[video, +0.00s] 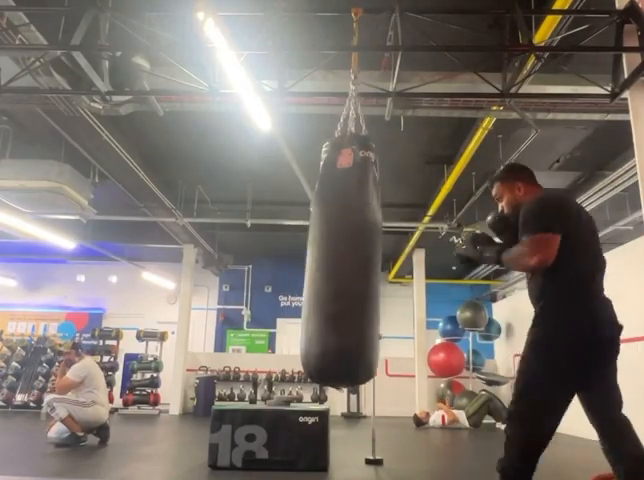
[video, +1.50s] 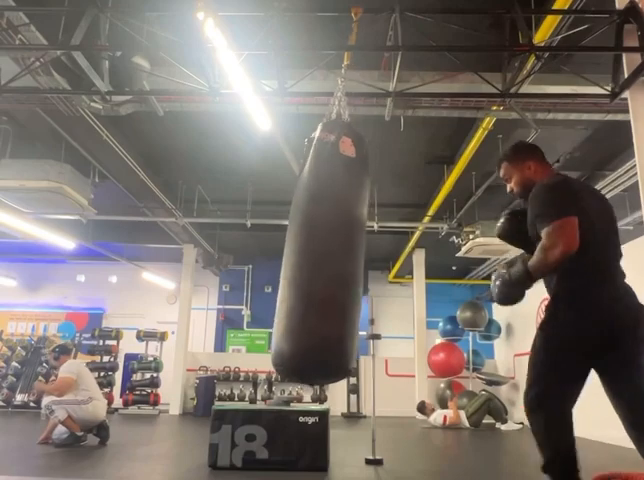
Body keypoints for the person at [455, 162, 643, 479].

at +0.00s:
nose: (499, 210)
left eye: (499, 199)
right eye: (497, 203)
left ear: (519, 187)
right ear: (526, 187)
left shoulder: (542, 204)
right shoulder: (573, 209)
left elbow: (539, 254)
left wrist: (495, 255)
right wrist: (518, 236)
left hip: (561, 326)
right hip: (597, 323)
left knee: (528, 419)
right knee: (608, 417)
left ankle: (513, 473)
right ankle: (634, 471)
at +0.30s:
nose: (474, 203)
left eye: (474, 199)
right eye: (475, 200)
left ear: (478, 194)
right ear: (506, 187)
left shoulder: (479, 207)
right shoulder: (547, 209)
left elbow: (440, 238)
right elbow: (568, 267)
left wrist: (431, 231)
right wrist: (534, 251)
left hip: (500, 327)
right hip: (554, 325)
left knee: (470, 411)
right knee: (594, 413)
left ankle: (470, 472)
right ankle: (629, 472)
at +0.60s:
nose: (423, 225)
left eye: (421, 216)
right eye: (419, 218)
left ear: (436, 207)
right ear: (449, 201)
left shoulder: (459, 233)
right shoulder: (493, 220)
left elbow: (465, 293)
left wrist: (446, 284)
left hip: (495, 342)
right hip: (537, 334)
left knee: (453, 434)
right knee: (586, 427)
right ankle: (632, 472)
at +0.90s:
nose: (461, 223)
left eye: (462, 217)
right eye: (460, 219)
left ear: (472, 208)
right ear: (494, 203)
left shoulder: (475, 221)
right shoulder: (551, 224)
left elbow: (457, 258)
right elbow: (567, 284)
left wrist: (433, 309)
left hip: (502, 343)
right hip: (557, 341)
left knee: (463, 432)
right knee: (570, 425)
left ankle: (454, 474)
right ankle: (603, 475)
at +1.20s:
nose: (503, 192)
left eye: (503, 183)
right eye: (500, 185)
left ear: (520, 170)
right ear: (534, 167)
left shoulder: (528, 191)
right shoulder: (592, 194)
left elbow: (523, 240)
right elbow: (609, 252)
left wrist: (505, 264)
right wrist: (579, 271)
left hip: (555, 312)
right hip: (603, 310)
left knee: (535, 405)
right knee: (612, 406)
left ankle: (581, 475)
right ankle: (638, 470)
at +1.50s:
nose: (509, 189)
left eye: (509, 179)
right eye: (506, 183)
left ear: (530, 167)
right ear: (538, 167)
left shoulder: (547, 191)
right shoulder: (590, 193)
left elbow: (562, 243)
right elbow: (589, 256)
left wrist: (520, 276)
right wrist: (527, 240)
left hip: (575, 311)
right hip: (620, 305)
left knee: (544, 401)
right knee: (636, 405)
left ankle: (562, 474)